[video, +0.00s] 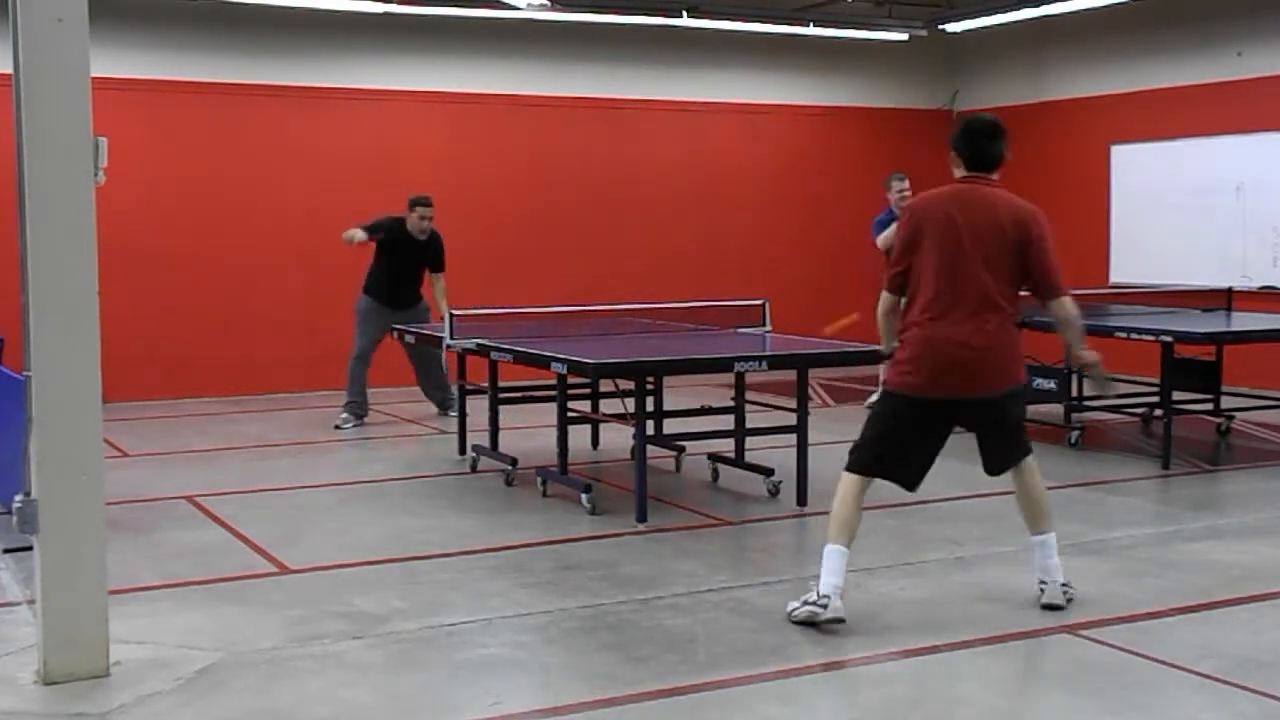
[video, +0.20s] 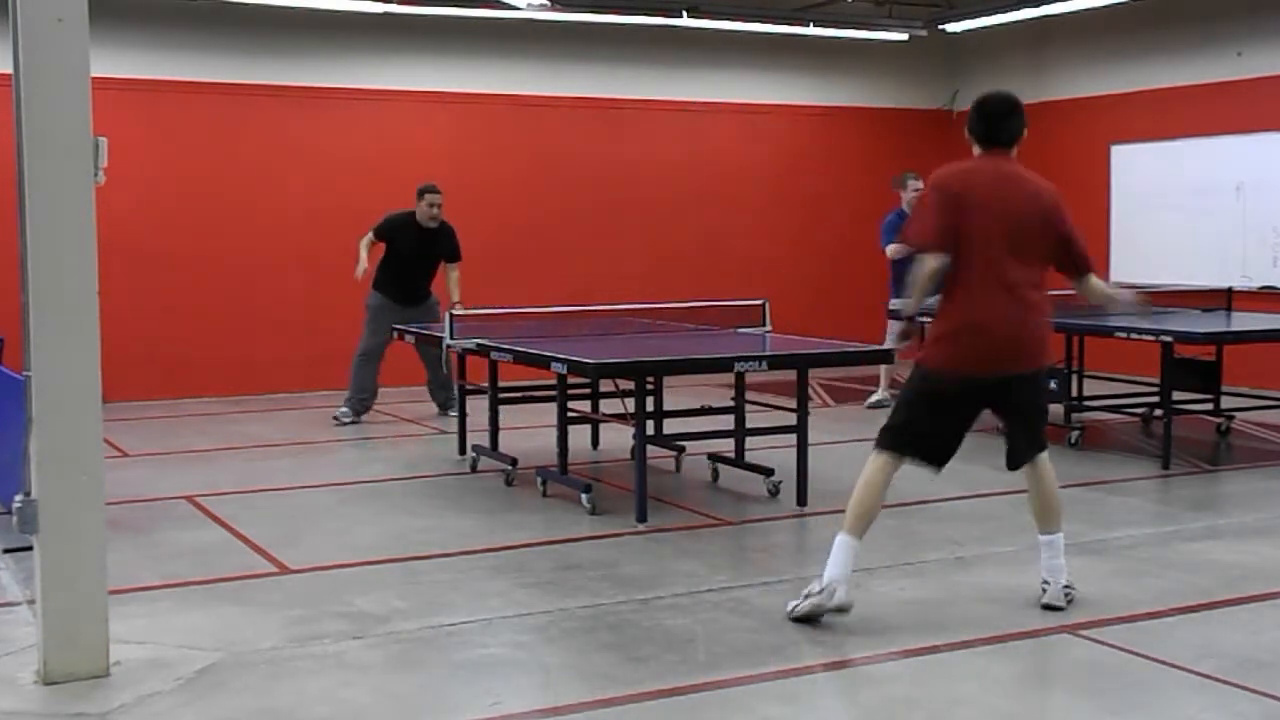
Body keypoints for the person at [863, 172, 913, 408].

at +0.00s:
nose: (905, 196)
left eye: (907, 191)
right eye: (899, 192)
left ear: (912, 192)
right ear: (888, 196)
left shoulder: (921, 215)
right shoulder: (882, 221)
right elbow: (882, 243)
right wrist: (907, 219)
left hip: (922, 281)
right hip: (896, 283)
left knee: (919, 331)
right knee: (891, 337)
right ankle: (884, 386)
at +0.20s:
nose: (920, 195)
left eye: (922, 190)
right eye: (915, 191)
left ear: (925, 193)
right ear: (901, 193)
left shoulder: (930, 219)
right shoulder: (894, 220)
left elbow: (942, 246)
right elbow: (892, 251)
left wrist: (914, 243)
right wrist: (923, 241)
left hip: (932, 291)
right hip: (902, 292)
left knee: (934, 343)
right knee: (891, 344)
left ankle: (937, 395)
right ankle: (883, 389)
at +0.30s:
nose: (931, 199)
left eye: (933, 194)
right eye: (926, 194)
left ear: (935, 197)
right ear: (912, 197)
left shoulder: (941, 227)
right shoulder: (902, 226)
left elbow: (948, 252)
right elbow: (900, 255)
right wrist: (931, 249)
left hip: (937, 297)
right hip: (908, 297)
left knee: (938, 350)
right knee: (895, 348)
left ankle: (937, 398)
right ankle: (884, 390)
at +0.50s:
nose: (950, 200)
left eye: (952, 196)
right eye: (945, 196)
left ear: (956, 199)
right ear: (933, 199)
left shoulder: (959, 226)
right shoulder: (921, 226)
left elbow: (969, 254)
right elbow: (911, 257)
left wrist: (974, 276)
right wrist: (937, 260)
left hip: (951, 297)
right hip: (922, 298)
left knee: (968, 345)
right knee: (906, 342)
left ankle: (973, 397)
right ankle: (889, 389)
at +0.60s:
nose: (952, 204)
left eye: (955, 199)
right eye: (947, 199)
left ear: (959, 200)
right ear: (936, 201)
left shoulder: (964, 226)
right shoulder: (924, 228)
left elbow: (978, 253)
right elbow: (914, 261)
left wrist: (981, 272)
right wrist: (933, 270)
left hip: (958, 296)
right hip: (926, 297)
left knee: (976, 339)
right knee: (911, 342)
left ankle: (978, 391)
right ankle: (896, 389)